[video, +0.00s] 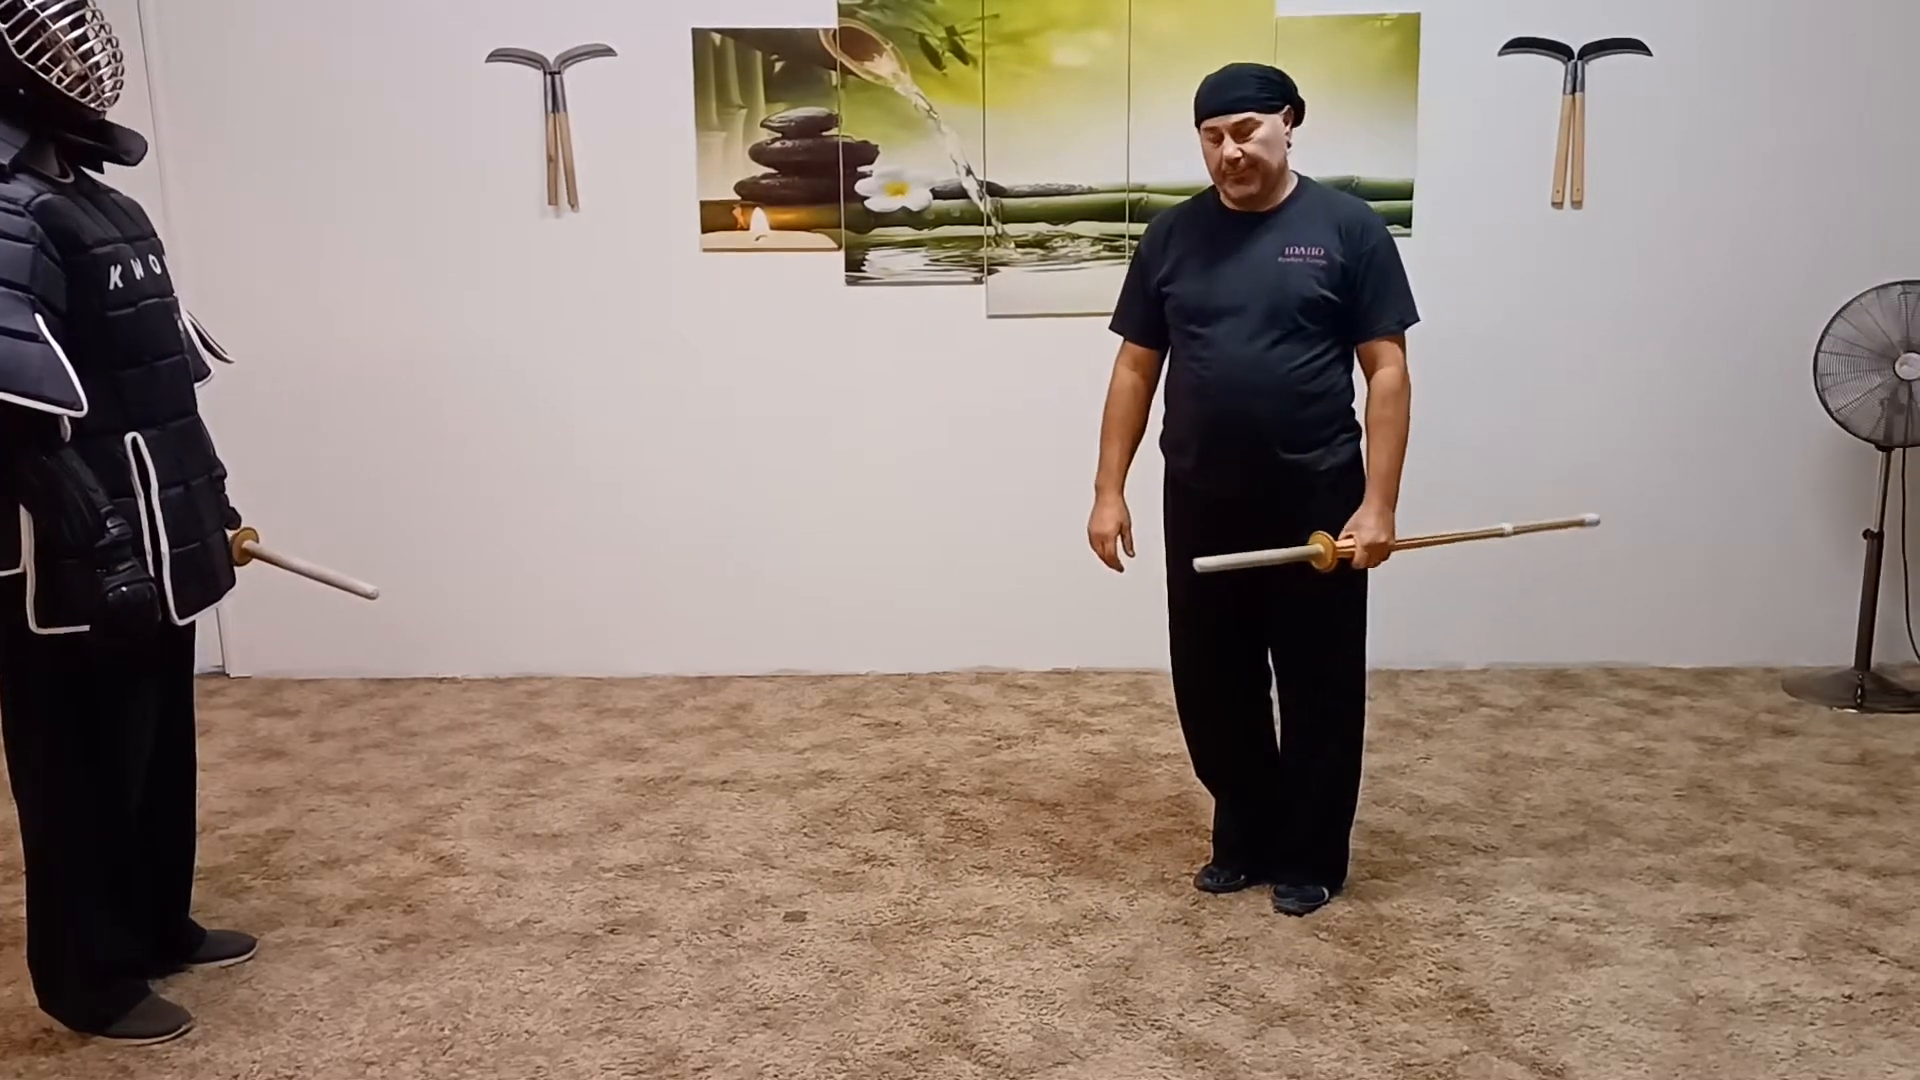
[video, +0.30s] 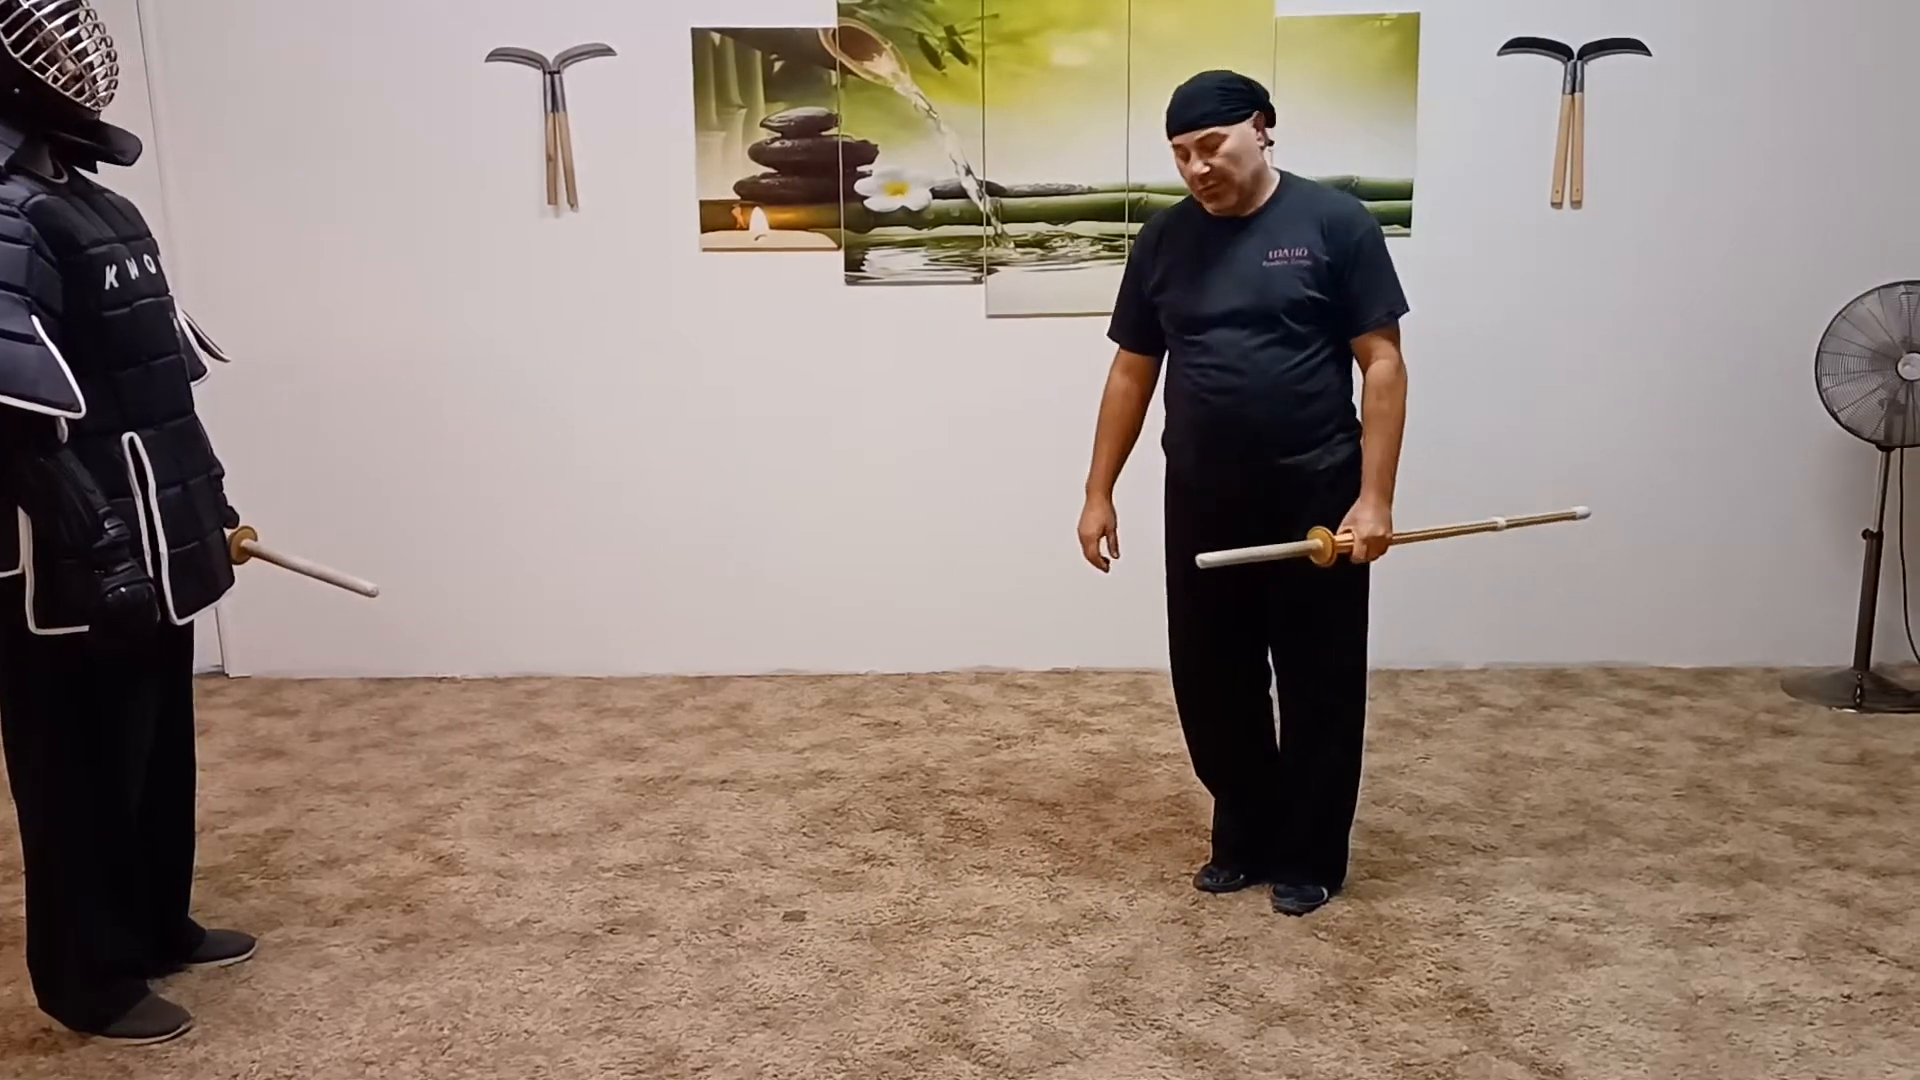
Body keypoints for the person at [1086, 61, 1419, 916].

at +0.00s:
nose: (1232, 152)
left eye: (1249, 132)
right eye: (1215, 137)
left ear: (1289, 126)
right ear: (1199, 145)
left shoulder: (1348, 229)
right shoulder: (1171, 237)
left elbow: (1387, 371)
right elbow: (1135, 367)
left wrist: (1379, 501)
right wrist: (1108, 488)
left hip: (1315, 499)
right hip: (1203, 501)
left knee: (1321, 687)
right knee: (1211, 684)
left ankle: (1314, 858)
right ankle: (1244, 842)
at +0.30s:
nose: (1197, 167)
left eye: (1212, 145)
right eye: (1181, 153)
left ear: (1262, 130)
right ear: (1170, 155)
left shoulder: (1334, 224)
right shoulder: (1163, 241)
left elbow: (1382, 363)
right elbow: (1131, 370)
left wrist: (1376, 495)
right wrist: (1097, 490)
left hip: (1315, 500)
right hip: (1203, 503)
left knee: (1321, 689)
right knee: (1211, 684)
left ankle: (1313, 859)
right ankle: (1243, 844)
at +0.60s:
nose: (1166, 183)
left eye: (1178, 162)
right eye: (1154, 170)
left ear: (1233, 140)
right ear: (1149, 170)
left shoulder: (1319, 219)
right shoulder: (1156, 246)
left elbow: (1379, 356)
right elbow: (1134, 370)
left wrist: (1356, 490)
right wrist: (1099, 488)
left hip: (1318, 499)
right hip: (1208, 500)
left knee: (1323, 686)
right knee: (1214, 681)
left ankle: (1317, 859)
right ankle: (1244, 842)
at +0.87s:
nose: (1160, 178)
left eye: (1173, 158)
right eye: (1150, 165)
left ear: (1226, 141)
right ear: (1148, 169)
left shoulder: (1321, 216)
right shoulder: (1171, 247)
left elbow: (1380, 354)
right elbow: (1152, 370)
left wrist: (1350, 490)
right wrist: (1114, 485)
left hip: (1332, 493)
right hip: (1222, 497)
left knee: (1356, 685)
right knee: (1221, 677)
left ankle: (1369, 877)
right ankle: (1253, 845)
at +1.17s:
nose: (1192, 176)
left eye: (1202, 153)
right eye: (1185, 161)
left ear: (1258, 137)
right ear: (1227, 153)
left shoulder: (1349, 220)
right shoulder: (1227, 243)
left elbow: (1411, 368)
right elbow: (1206, 367)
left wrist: (1358, 503)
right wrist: (1149, 484)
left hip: (1355, 509)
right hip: (1255, 509)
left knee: (1407, 710)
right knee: (1240, 685)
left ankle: (1443, 918)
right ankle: (1257, 842)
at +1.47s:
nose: (1267, 177)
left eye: (1279, 155)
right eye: (1263, 160)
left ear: (1339, 143)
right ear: (1315, 152)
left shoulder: (1424, 234)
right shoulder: (1312, 236)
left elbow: (1468, 397)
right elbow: (1273, 351)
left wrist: (1379, 525)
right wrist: (1208, 439)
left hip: (1425, 526)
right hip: (1326, 516)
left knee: (1446, 735)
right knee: (1300, 701)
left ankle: (1454, 929)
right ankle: (1283, 856)